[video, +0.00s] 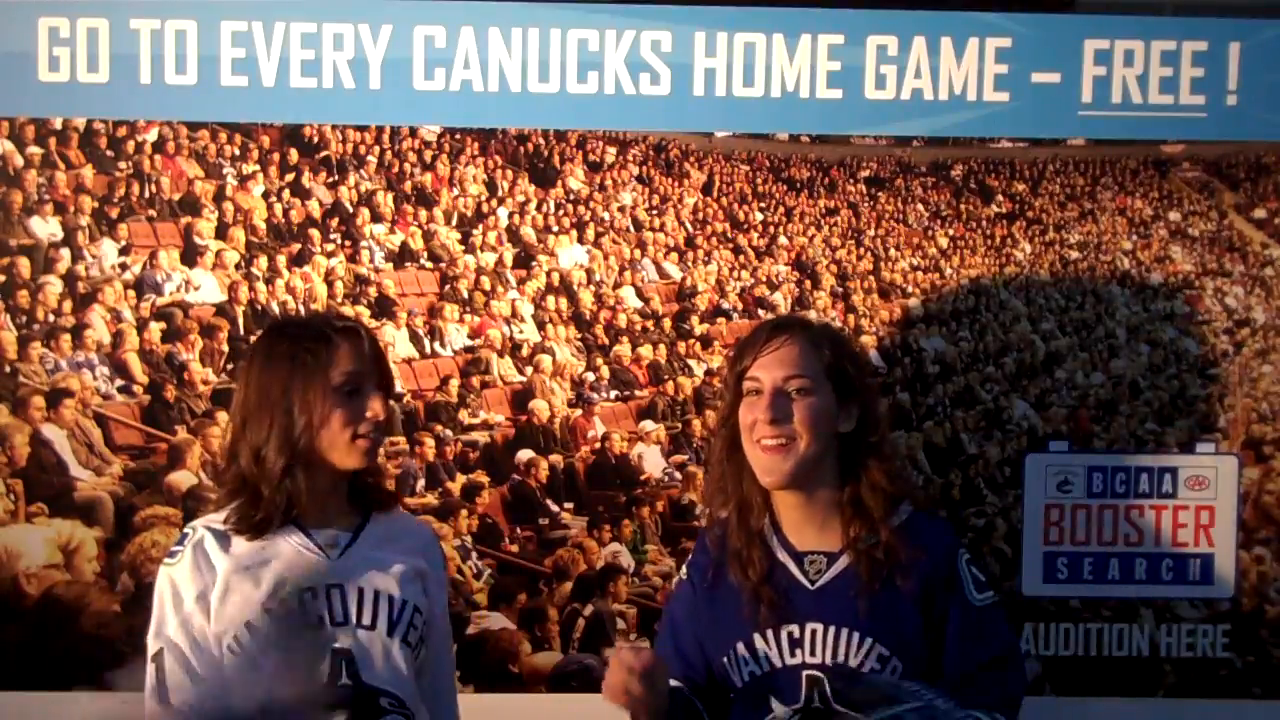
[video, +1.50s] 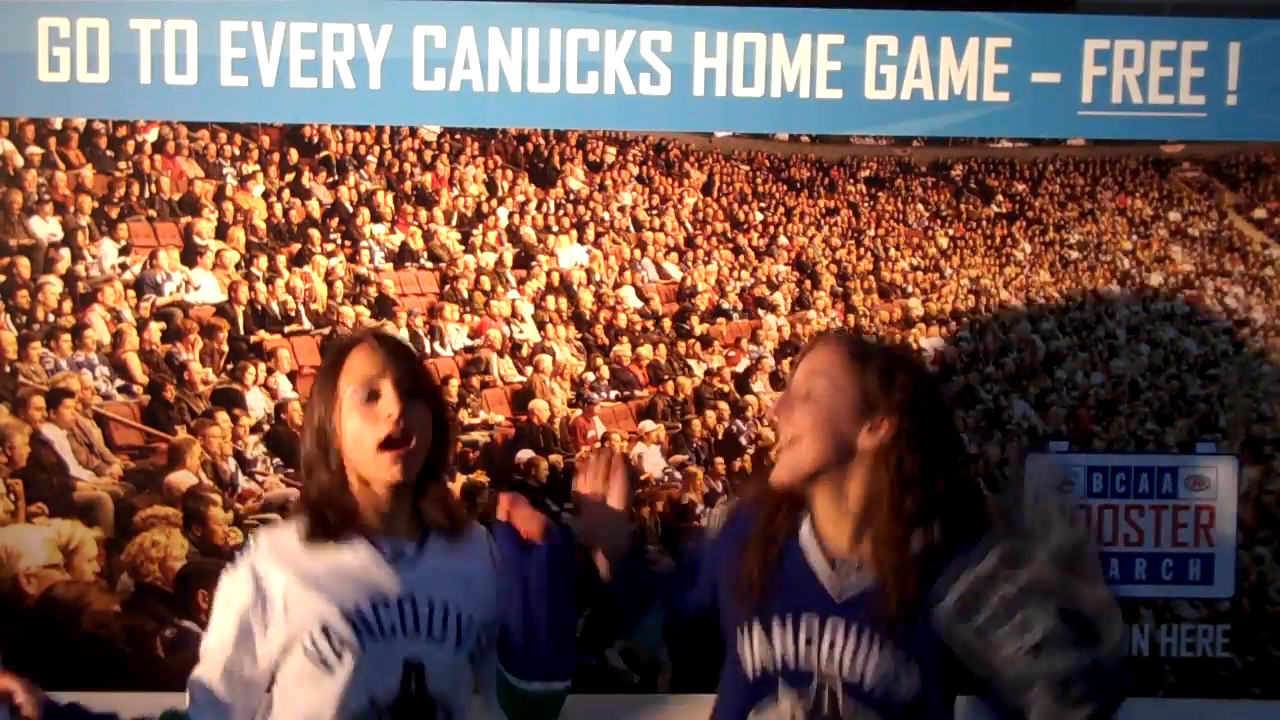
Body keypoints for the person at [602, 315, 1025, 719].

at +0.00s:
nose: (767, 411)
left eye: (795, 391)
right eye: (752, 392)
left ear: (844, 412)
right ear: (736, 415)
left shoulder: (924, 552)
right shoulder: (716, 558)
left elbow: (995, 693)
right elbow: (687, 702)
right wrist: (655, 701)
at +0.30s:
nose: (775, 412)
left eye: (802, 389)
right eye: (755, 390)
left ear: (843, 410)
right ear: (735, 415)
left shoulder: (920, 540)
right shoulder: (708, 553)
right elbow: (671, 690)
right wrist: (639, 705)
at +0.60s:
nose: (735, 444)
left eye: (765, 426)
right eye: (725, 433)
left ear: (828, 455)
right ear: (712, 467)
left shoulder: (915, 579)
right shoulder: (711, 597)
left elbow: (1008, 692)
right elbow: (652, 708)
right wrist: (604, 700)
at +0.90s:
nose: (749, 386)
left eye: (775, 372)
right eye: (734, 368)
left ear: (815, 400)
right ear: (711, 391)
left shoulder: (904, 497)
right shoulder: (688, 536)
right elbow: (646, 695)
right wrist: (595, 628)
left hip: (894, 712)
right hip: (758, 714)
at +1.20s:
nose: (749, 398)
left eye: (775, 378)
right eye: (732, 383)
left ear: (823, 403)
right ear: (714, 412)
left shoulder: (901, 530)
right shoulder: (691, 548)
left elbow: (1006, 678)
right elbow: (641, 687)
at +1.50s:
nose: (774, 410)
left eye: (801, 392)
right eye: (785, 392)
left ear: (875, 428)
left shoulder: (954, 563)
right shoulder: (745, 536)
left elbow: (1064, 692)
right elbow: (672, 633)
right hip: (745, 711)